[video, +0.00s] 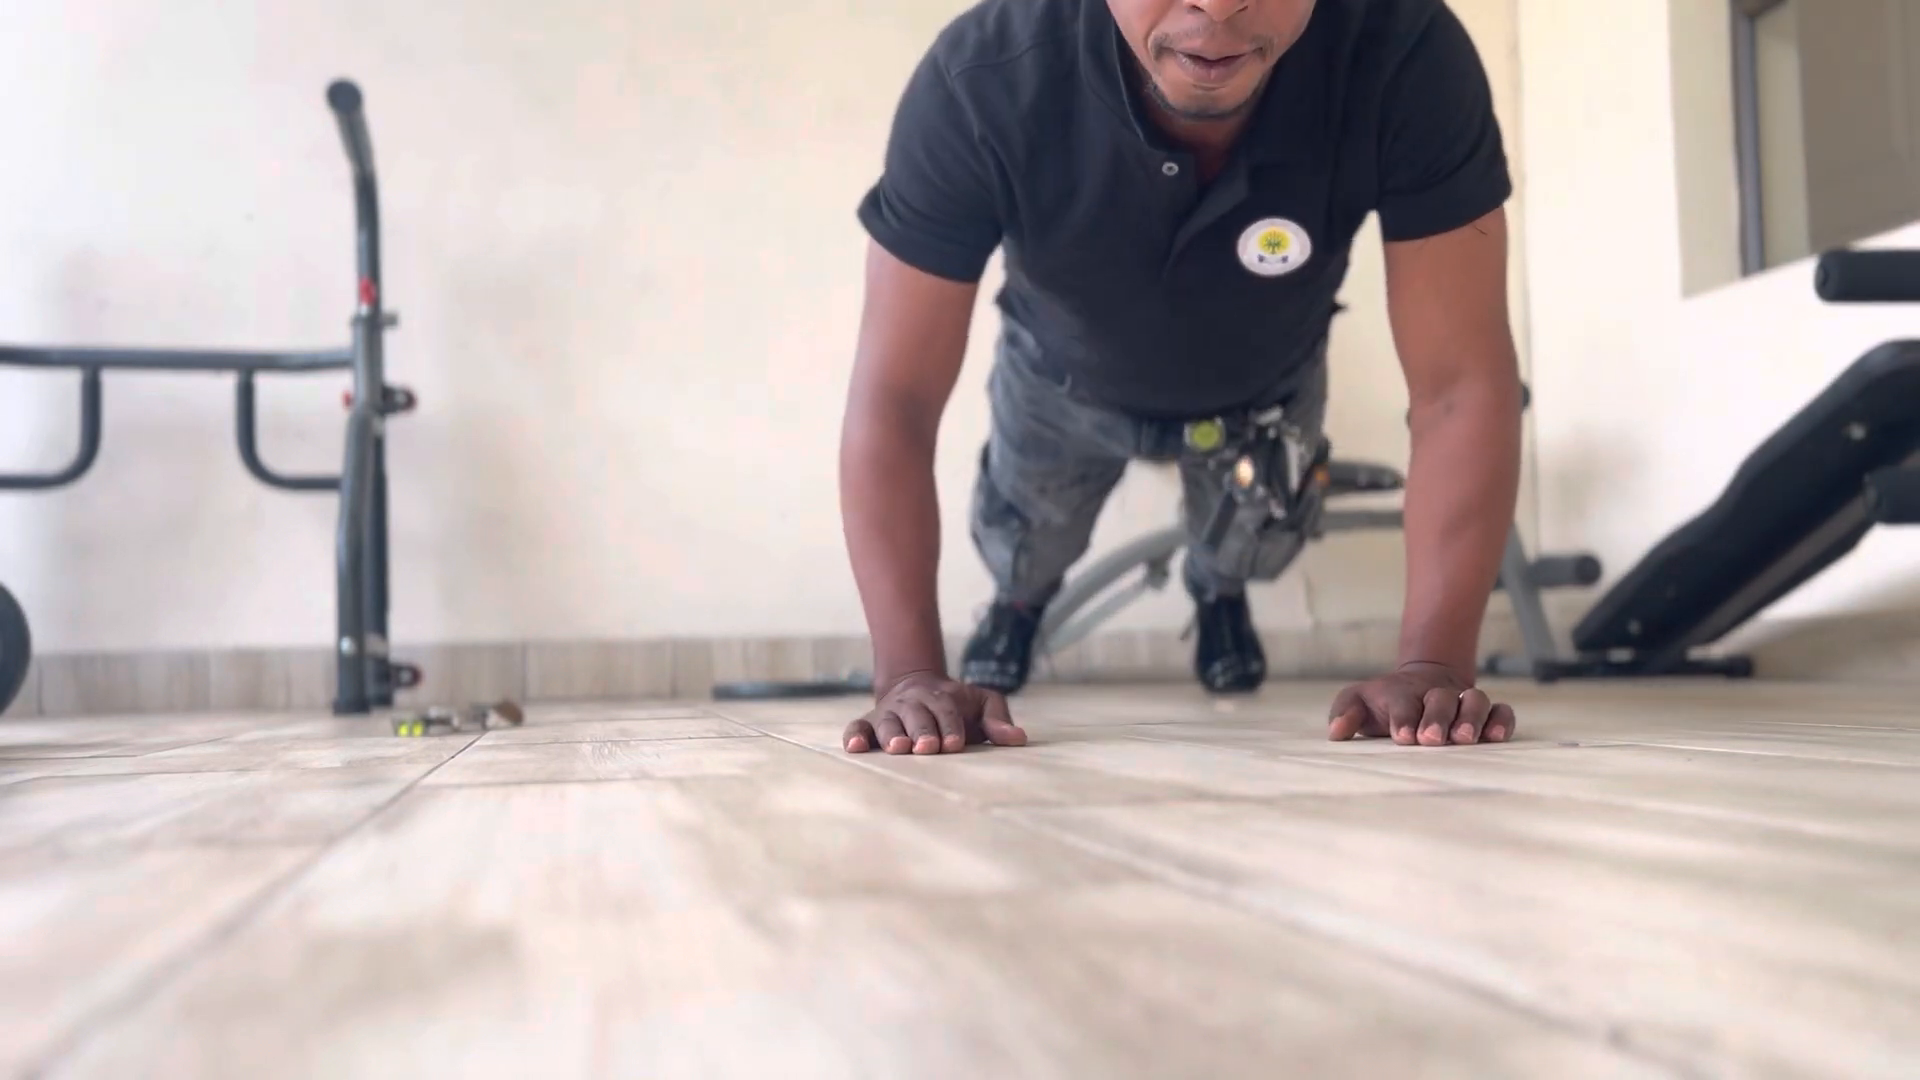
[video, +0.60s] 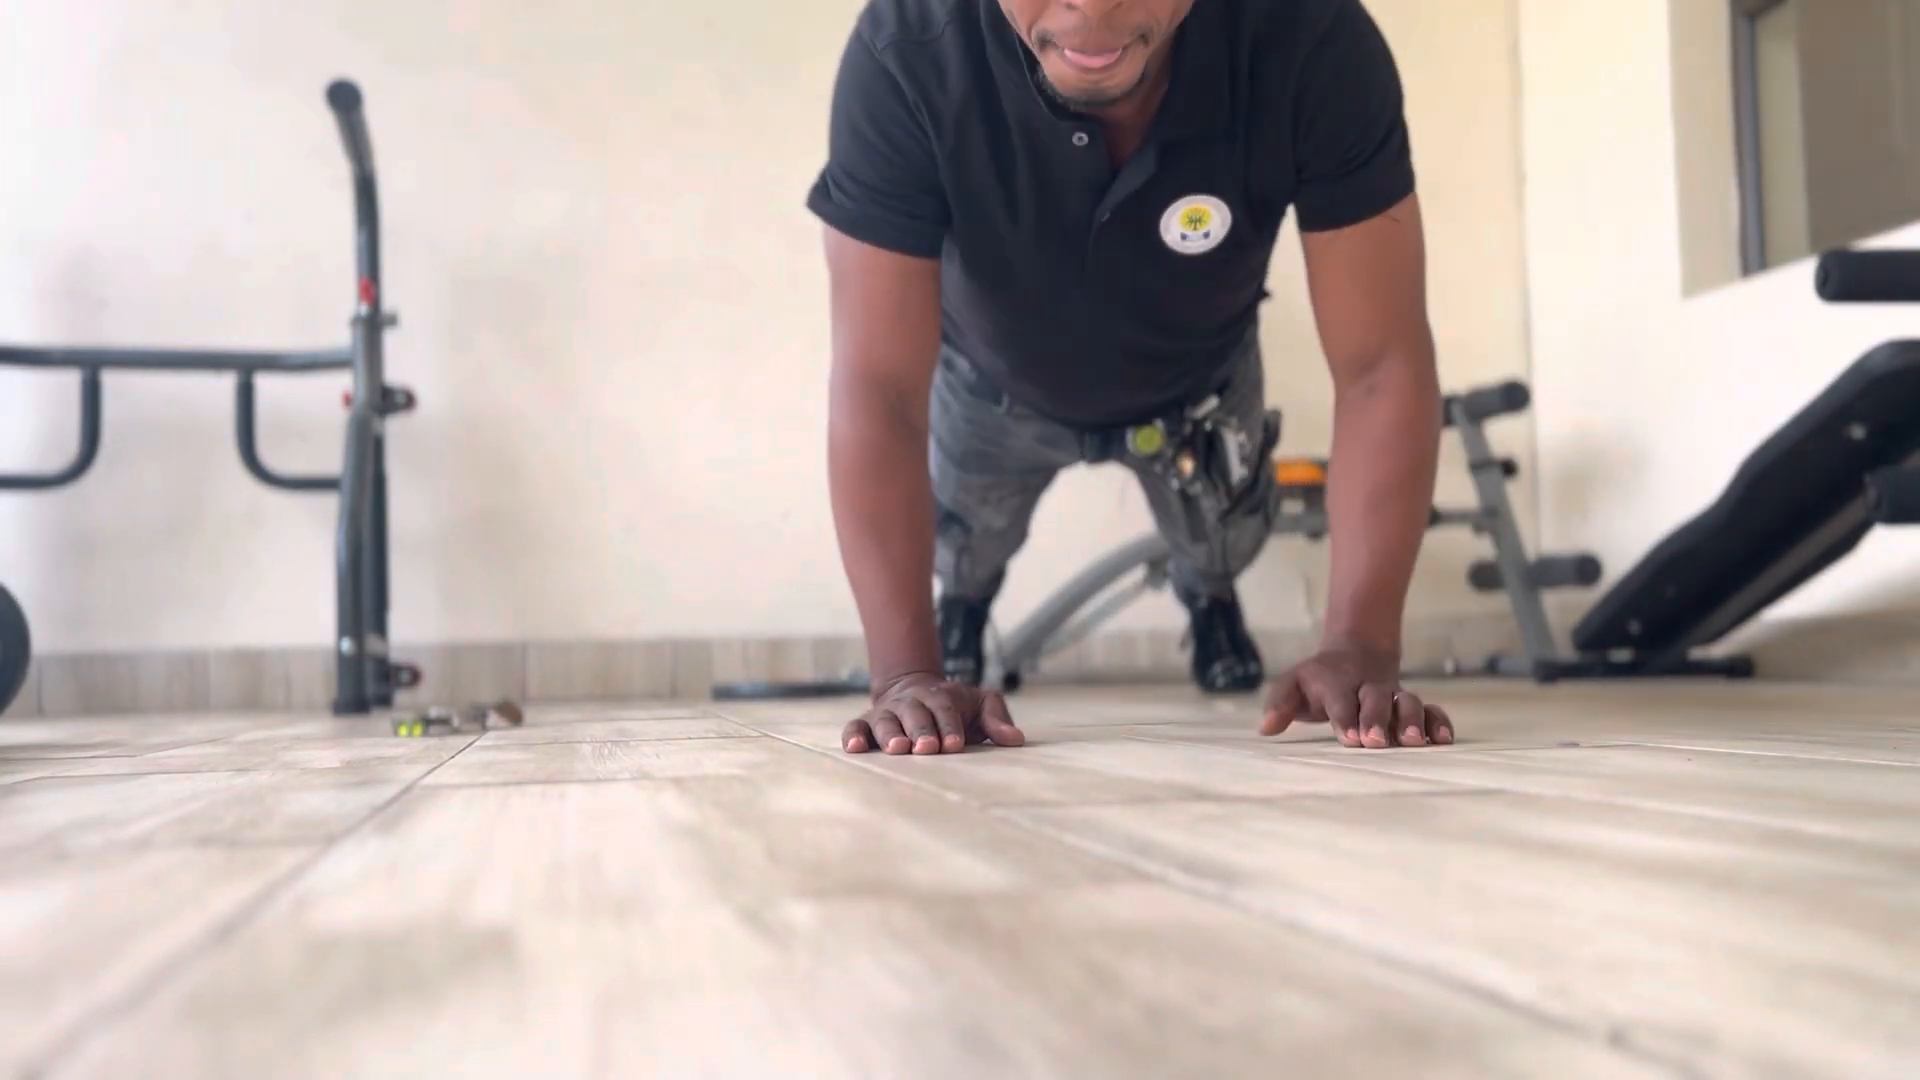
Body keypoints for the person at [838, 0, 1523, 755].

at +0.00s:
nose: (1213, 19)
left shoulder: (1403, 52)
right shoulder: (986, 74)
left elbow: (1460, 383)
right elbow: (892, 400)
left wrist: (1434, 664)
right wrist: (906, 676)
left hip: (1264, 384)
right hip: (1066, 377)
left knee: (1253, 534)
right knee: (1030, 527)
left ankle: (1222, 594)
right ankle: (1020, 607)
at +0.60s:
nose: (1084, 18)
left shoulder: (1309, 36)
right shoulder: (908, 49)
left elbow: (1382, 364)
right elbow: (877, 389)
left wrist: (1361, 647)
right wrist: (906, 672)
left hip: (1198, 376)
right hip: (999, 378)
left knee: (1217, 530)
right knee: (970, 527)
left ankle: (1212, 604)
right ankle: (966, 605)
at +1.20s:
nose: (1065, 126)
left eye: (1111, 87)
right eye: (1024, 82)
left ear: (1182, 46)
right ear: (972, 38)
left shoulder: (1291, 74)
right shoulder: (883, 98)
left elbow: (1400, 387)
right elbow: (792, 403)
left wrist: (1359, 669)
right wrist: (803, 679)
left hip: (1202, 406)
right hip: (998, 400)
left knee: (1223, 534)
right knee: (958, 529)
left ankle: (1217, 606)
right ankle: (951, 614)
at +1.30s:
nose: (1066, 117)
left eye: (1114, 72)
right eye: (1022, 70)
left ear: (1177, 36)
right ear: (965, 32)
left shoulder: (1284, 72)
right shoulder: (873, 95)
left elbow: (1401, 386)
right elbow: (785, 404)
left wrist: (1358, 668)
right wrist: (801, 681)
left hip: (1192, 407)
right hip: (987, 401)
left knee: (1218, 538)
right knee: (944, 533)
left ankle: (1217, 607)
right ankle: (932, 606)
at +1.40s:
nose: (1062, 113)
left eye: (1110, 66)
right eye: (1018, 63)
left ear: (1174, 35)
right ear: (960, 30)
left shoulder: (1278, 75)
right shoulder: (868, 95)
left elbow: (1403, 389)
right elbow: (783, 407)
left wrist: (1359, 669)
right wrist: (799, 682)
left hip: (1191, 410)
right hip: (981, 407)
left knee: (1219, 537)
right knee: (935, 539)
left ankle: (1218, 609)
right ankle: (922, 617)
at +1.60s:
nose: (1068, 110)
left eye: (1114, 64)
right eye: (1023, 63)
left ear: (1174, 31)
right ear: (964, 27)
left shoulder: (1276, 84)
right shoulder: (866, 92)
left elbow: (1403, 390)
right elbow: (785, 406)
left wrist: (1358, 669)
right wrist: (800, 681)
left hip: (1179, 407)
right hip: (971, 405)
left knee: (1214, 528)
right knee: (929, 534)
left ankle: (1217, 611)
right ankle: (915, 617)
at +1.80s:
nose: (1066, 97)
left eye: (1108, 53)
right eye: (1021, 54)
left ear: (1172, 18)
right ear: (961, 20)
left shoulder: (1273, 68)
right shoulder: (866, 76)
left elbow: (1398, 381)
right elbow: (795, 396)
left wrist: (1358, 667)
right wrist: (801, 679)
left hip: (1183, 386)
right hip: (977, 387)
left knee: (1216, 522)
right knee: (930, 525)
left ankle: (1218, 612)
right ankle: (916, 612)